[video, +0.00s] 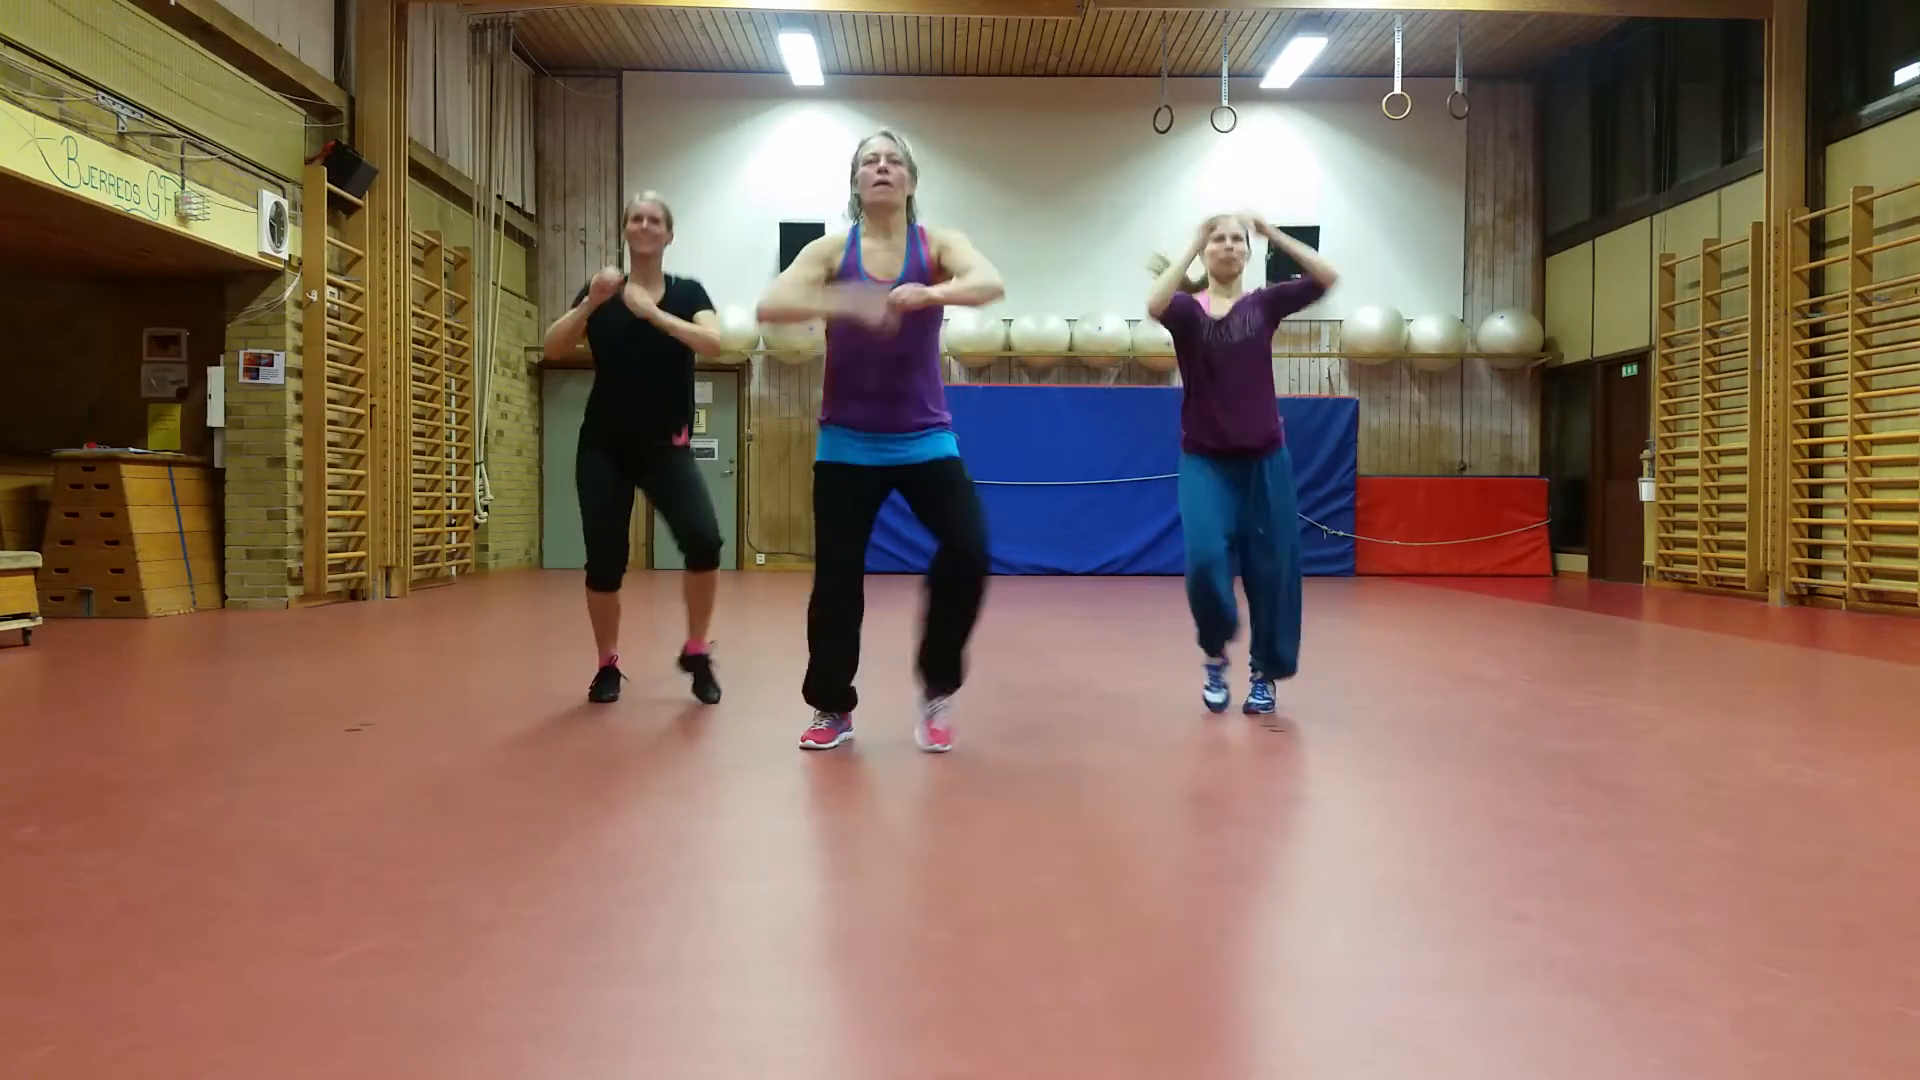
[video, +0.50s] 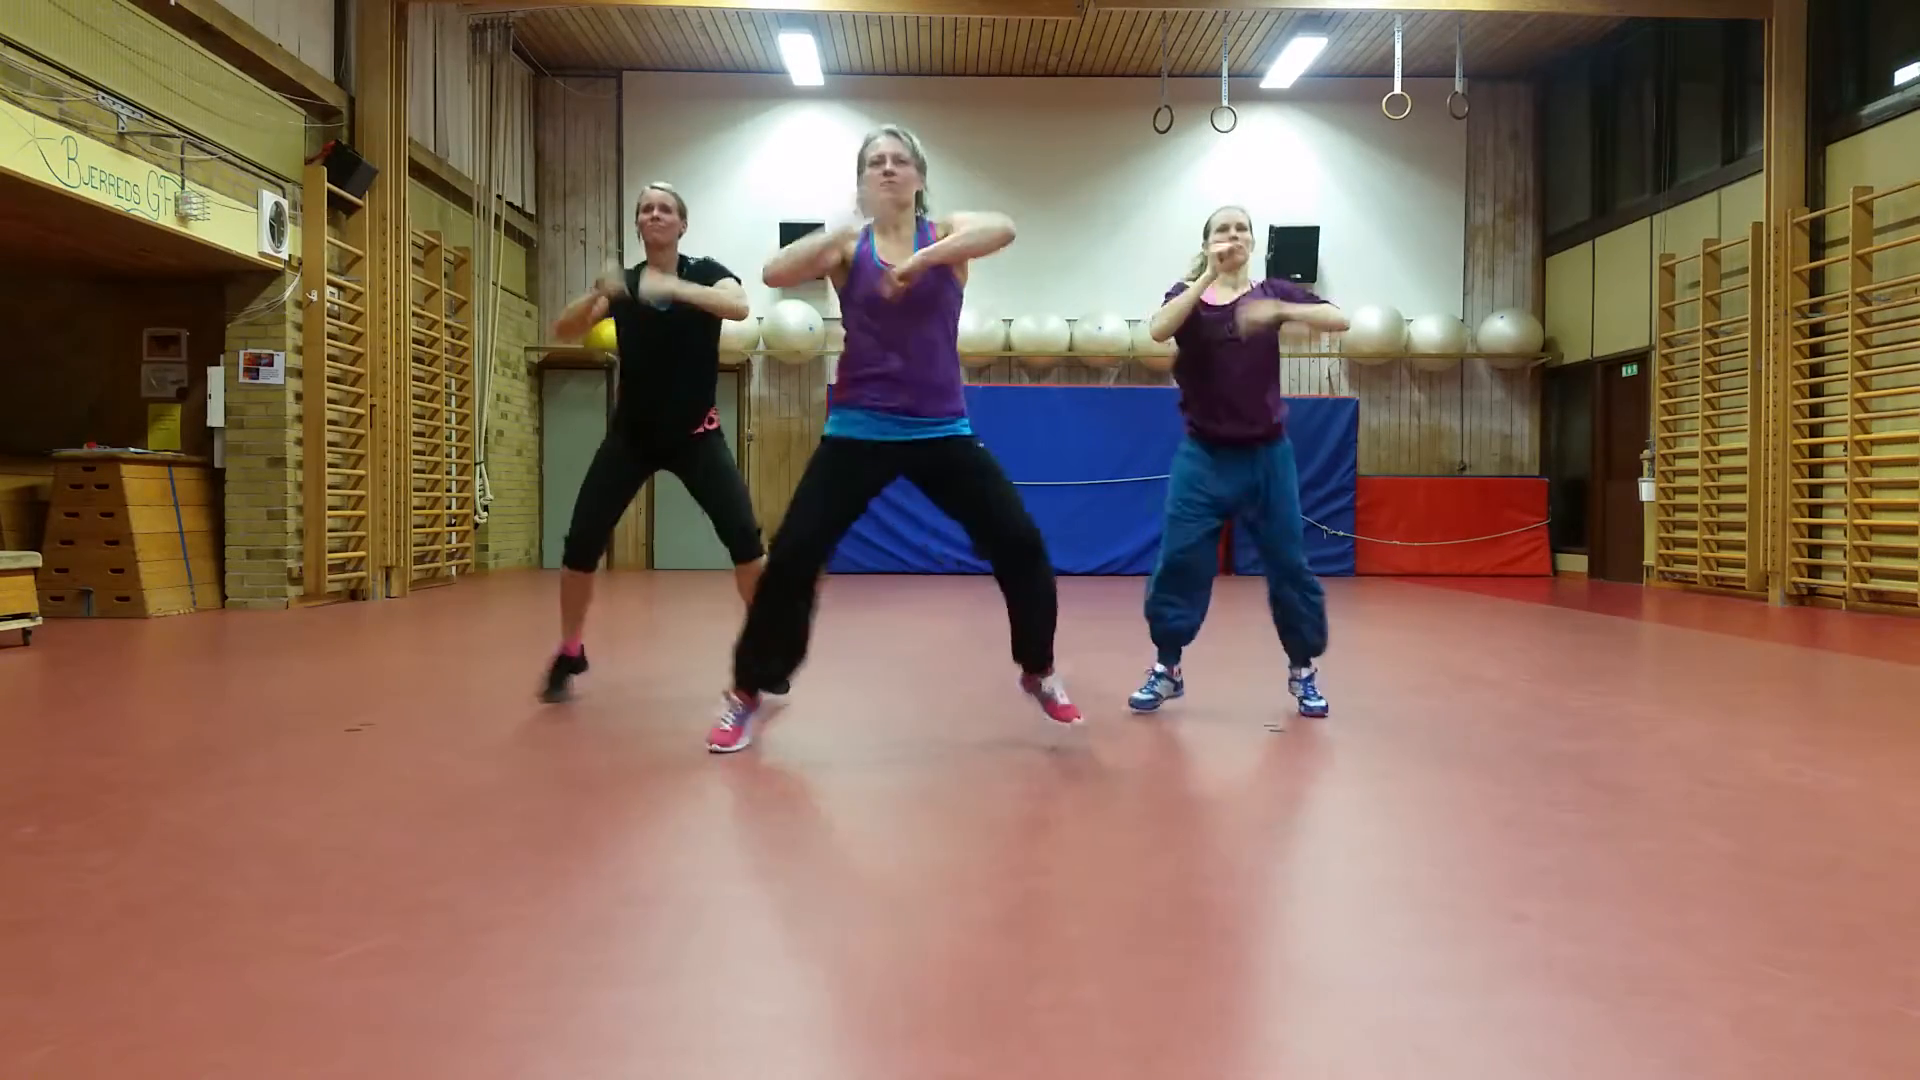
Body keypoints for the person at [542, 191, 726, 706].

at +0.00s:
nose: (644, 227)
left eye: (654, 221)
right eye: (636, 220)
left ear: (669, 234)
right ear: (623, 231)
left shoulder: (685, 292)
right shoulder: (599, 296)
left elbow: (715, 343)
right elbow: (553, 348)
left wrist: (653, 312)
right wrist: (591, 302)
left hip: (666, 445)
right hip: (604, 446)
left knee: (705, 540)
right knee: (604, 562)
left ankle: (696, 650)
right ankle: (607, 665)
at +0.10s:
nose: (647, 204)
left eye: (658, 198)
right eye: (641, 197)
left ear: (675, 213)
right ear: (629, 210)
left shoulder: (694, 272)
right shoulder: (603, 270)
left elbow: (729, 341)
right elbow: (559, 339)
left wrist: (685, 335)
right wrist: (590, 312)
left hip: (676, 424)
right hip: (613, 426)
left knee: (709, 534)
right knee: (595, 545)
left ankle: (722, 644)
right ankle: (600, 657)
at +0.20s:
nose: (652, 212)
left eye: (664, 206)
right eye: (645, 204)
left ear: (680, 221)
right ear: (634, 216)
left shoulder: (698, 276)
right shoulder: (608, 274)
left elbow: (734, 345)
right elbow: (560, 335)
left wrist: (680, 334)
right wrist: (608, 309)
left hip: (688, 428)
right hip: (628, 430)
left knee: (709, 541)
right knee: (578, 536)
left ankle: (747, 652)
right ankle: (585, 646)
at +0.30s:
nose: (653, 233)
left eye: (664, 226)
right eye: (647, 226)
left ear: (682, 240)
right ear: (635, 238)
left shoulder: (702, 299)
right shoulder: (611, 295)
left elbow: (734, 350)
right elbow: (555, 342)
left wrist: (677, 309)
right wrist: (591, 343)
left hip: (696, 455)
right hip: (633, 456)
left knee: (719, 562)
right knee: (579, 552)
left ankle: (751, 671)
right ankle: (583, 659)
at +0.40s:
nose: (651, 225)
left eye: (662, 219)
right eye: (644, 218)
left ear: (680, 234)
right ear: (634, 233)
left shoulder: (698, 286)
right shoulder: (610, 291)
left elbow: (733, 319)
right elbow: (557, 340)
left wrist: (674, 317)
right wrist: (607, 308)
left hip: (688, 447)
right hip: (624, 449)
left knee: (741, 543)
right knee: (591, 563)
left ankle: (750, 658)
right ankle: (588, 666)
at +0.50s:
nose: (653, 216)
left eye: (663, 209)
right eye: (645, 210)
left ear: (682, 224)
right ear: (636, 224)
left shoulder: (704, 272)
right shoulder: (621, 282)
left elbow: (738, 305)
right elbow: (563, 331)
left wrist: (675, 288)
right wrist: (595, 298)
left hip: (695, 435)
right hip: (632, 436)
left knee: (745, 538)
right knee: (581, 541)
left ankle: (764, 648)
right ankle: (570, 652)